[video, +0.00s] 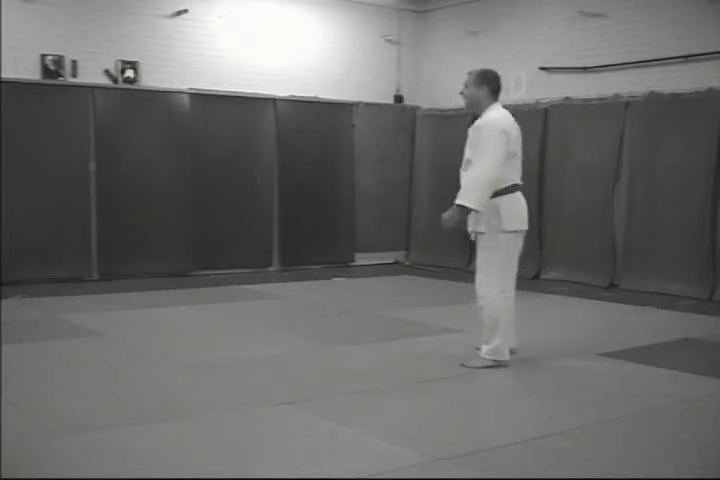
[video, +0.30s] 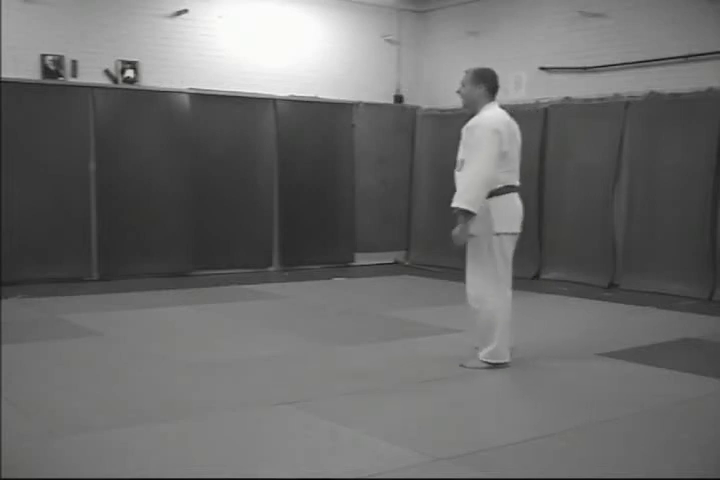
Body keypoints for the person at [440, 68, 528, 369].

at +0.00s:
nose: (462, 93)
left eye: (467, 88)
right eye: (463, 88)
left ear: (485, 91)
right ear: (488, 92)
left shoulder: (491, 124)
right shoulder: (499, 121)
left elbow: (484, 171)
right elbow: (490, 171)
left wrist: (459, 208)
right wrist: (468, 209)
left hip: (497, 211)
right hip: (504, 208)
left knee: (491, 283)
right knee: (498, 281)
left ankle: (495, 352)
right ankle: (503, 343)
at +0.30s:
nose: (458, 91)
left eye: (464, 85)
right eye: (460, 85)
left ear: (482, 90)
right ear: (487, 91)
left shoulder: (483, 124)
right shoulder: (505, 121)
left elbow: (478, 172)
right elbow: (502, 172)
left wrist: (464, 217)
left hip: (490, 209)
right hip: (507, 206)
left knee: (486, 283)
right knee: (496, 281)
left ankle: (494, 353)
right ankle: (498, 347)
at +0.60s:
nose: (452, 93)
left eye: (458, 87)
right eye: (454, 87)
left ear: (475, 91)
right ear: (480, 92)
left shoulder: (477, 125)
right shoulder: (494, 120)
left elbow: (477, 172)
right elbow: (488, 171)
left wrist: (475, 216)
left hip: (487, 210)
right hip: (496, 206)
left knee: (486, 282)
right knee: (473, 278)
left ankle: (494, 353)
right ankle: (469, 338)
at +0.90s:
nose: (449, 94)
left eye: (455, 89)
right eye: (451, 89)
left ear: (472, 93)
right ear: (477, 93)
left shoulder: (471, 123)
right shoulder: (486, 120)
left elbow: (465, 168)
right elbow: (474, 168)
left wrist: (454, 211)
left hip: (480, 207)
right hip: (486, 204)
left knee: (479, 278)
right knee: (466, 275)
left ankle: (491, 351)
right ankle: (466, 339)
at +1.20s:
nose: (447, 95)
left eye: (452, 90)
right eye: (448, 90)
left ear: (469, 93)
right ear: (471, 93)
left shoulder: (473, 125)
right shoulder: (475, 121)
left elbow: (462, 167)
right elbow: (461, 166)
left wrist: (439, 201)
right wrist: (439, 201)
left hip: (477, 209)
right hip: (473, 208)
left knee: (465, 278)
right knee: (464, 277)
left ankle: (483, 346)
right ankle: (464, 337)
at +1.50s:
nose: (443, 94)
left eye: (449, 89)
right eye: (445, 89)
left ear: (467, 93)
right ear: (469, 93)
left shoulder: (470, 126)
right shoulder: (478, 122)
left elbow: (464, 173)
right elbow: (466, 171)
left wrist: (449, 215)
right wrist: (450, 210)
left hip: (474, 209)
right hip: (480, 207)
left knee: (465, 281)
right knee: (469, 280)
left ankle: (466, 350)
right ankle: (464, 340)